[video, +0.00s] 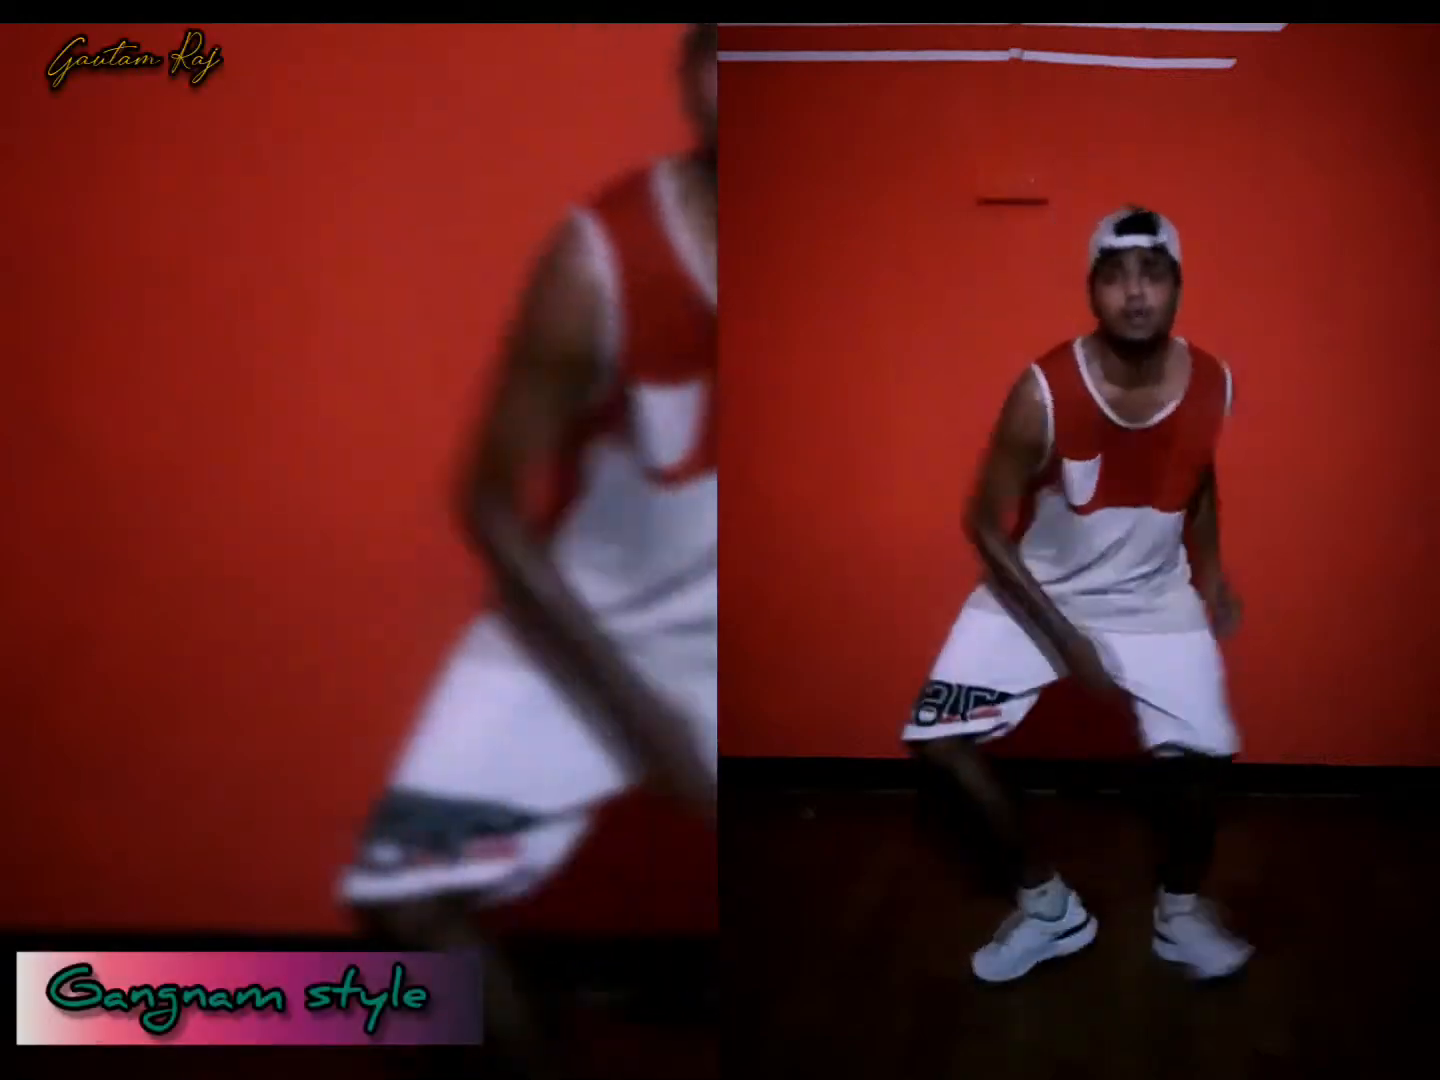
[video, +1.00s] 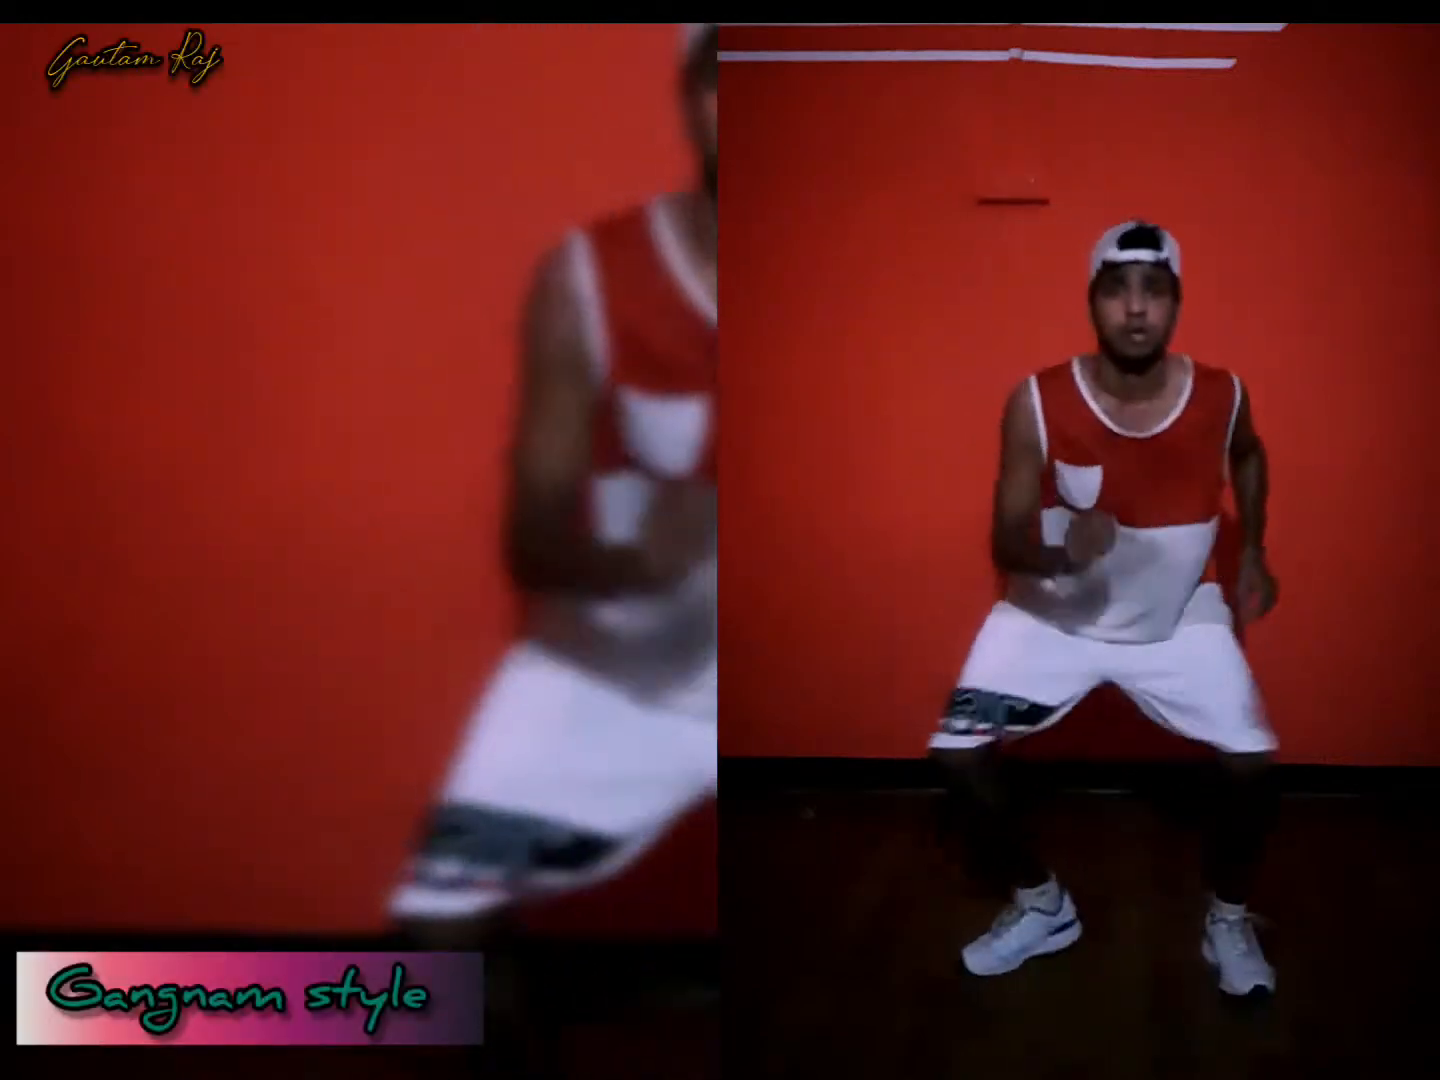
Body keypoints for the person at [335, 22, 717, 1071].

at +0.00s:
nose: (747, 95)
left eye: (765, 67)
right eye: (727, 64)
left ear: (826, 92)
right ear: (693, 80)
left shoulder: (858, 244)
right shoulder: (610, 255)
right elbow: (494, 507)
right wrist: (657, 738)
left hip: (781, 626)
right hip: (601, 631)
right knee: (410, 891)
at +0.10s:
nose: (765, 161)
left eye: (786, 132)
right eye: (748, 128)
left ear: (826, 151)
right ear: (713, 131)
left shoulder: (847, 299)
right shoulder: (604, 274)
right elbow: (402, 381)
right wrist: (505, 598)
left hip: (747, 722)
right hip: (576, 711)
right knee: (395, 959)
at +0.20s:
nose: (741, 140)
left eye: (762, 112)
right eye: (726, 108)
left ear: (812, 131)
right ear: (688, 114)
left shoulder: (829, 281)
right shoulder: (567, 259)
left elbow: (911, 459)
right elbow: (415, 392)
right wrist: (413, 621)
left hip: (745, 638)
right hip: (566, 629)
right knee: (447, 938)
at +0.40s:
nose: (616, 98)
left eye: (657, 69)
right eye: (585, 61)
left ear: (699, 100)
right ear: (541, 82)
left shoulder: (746, 251)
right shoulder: (471, 215)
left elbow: (813, 439)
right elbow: (457, 399)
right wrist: (406, 587)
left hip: (718, 656)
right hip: (541, 641)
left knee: (776, 955)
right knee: (477, 938)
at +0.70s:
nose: (579, 146)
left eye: (607, 107)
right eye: (545, 120)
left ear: (663, 116)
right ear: (513, 148)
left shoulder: (751, 249)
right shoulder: (506, 305)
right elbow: (419, 461)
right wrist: (518, 585)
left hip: (758, 626)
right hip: (597, 633)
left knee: (786, 944)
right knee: (545, 956)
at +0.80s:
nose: (656, 77)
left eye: (686, 43)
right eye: (622, 48)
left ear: (733, 64)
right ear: (586, 78)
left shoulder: (797, 240)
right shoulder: (554, 278)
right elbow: (553, 504)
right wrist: (638, 587)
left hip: (775, 588)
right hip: (614, 590)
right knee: (576, 883)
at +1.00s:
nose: (751, 113)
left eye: (770, 85)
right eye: (730, 81)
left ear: (829, 110)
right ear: (694, 97)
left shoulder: (858, 268)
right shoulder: (598, 277)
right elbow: (537, 548)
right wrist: (642, 563)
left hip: (807, 652)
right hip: (628, 654)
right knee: (443, 932)